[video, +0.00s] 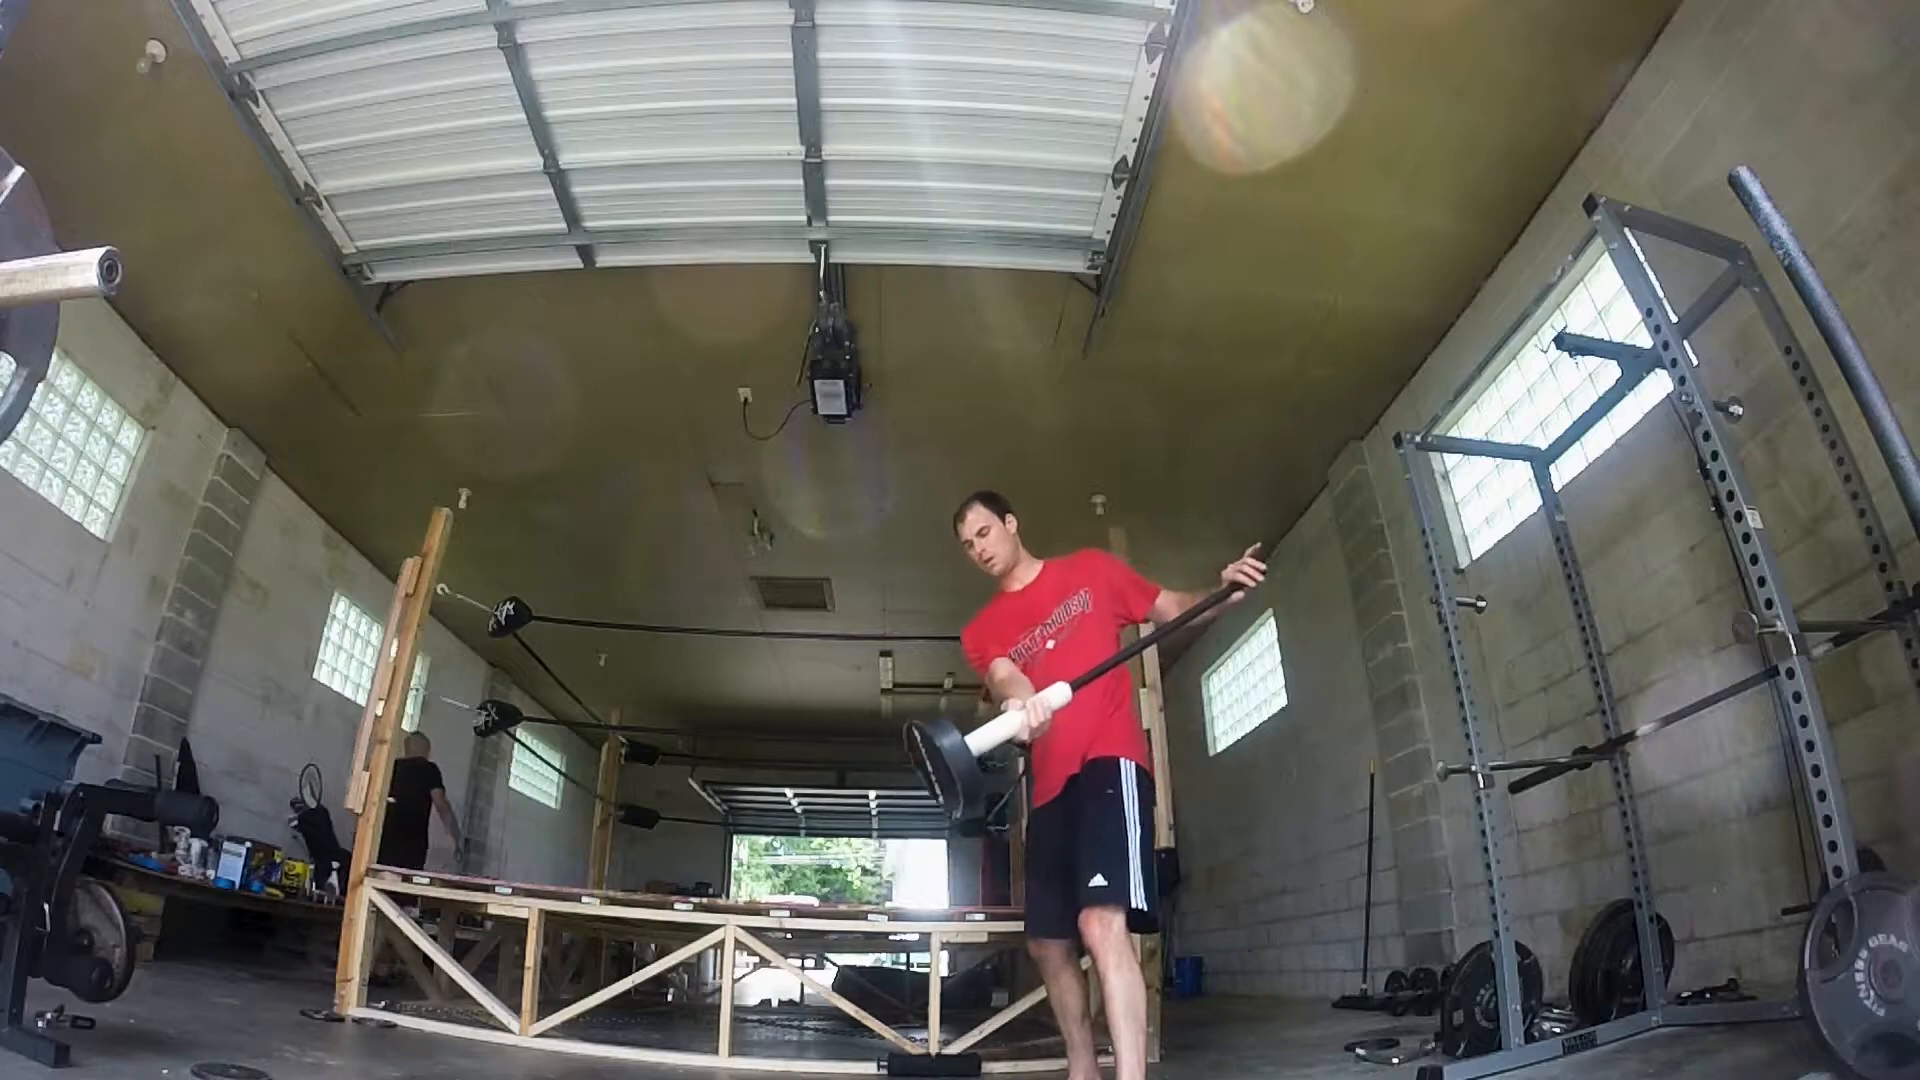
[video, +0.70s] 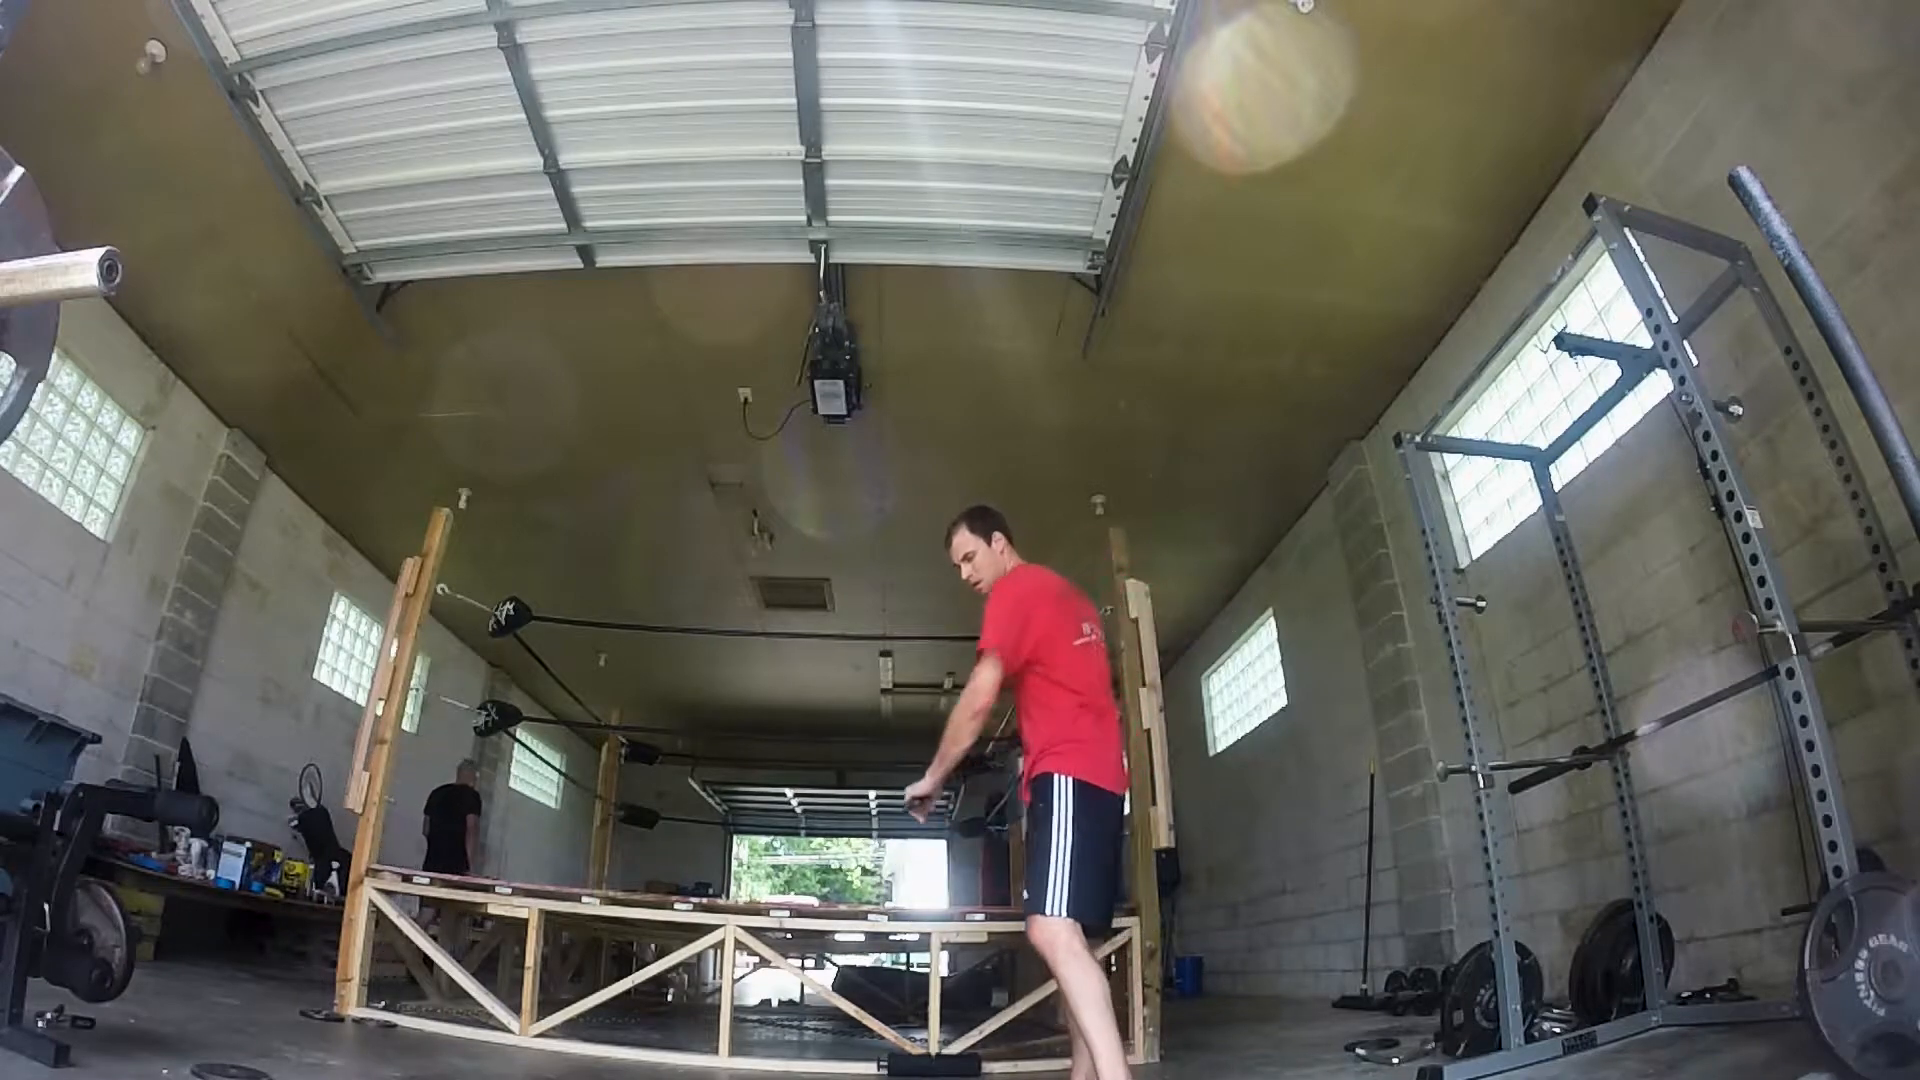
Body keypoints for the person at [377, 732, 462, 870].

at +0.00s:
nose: (427, 753)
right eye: (427, 749)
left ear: (406, 748)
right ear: (427, 750)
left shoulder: (392, 765)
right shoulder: (429, 769)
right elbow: (441, 806)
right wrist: (456, 840)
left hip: (386, 841)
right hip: (413, 843)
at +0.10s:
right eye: (432, 754)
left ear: (412, 755)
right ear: (433, 756)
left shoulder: (396, 773)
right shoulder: (435, 775)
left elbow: (379, 803)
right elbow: (448, 808)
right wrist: (465, 835)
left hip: (392, 845)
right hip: (420, 847)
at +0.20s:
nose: (439, 764)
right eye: (439, 760)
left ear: (418, 760)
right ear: (438, 760)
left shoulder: (398, 780)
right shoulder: (441, 779)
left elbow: (386, 819)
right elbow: (454, 815)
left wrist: (381, 852)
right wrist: (470, 842)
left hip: (401, 851)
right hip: (428, 852)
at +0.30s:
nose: (445, 766)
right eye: (445, 763)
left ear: (425, 761)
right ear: (444, 762)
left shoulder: (406, 782)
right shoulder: (447, 781)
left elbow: (394, 820)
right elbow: (457, 815)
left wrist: (392, 852)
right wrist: (472, 846)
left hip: (406, 857)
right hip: (434, 857)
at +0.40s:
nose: (451, 766)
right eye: (451, 763)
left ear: (432, 761)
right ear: (450, 762)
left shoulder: (412, 783)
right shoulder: (452, 782)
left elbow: (401, 823)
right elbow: (460, 818)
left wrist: (407, 848)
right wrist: (467, 850)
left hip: (414, 853)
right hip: (441, 854)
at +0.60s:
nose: (466, 774)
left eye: (466, 770)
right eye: (466, 770)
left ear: (448, 769)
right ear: (465, 771)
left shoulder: (428, 788)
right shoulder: (463, 791)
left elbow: (417, 825)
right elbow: (463, 827)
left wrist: (429, 841)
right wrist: (467, 860)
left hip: (426, 854)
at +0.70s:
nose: (474, 779)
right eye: (474, 776)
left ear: (457, 775)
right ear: (473, 777)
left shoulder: (437, 792)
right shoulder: (471, 795)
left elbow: (426, 830)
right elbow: (471, 831)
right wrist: (471, 864)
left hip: (432, 861)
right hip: (456, 863)